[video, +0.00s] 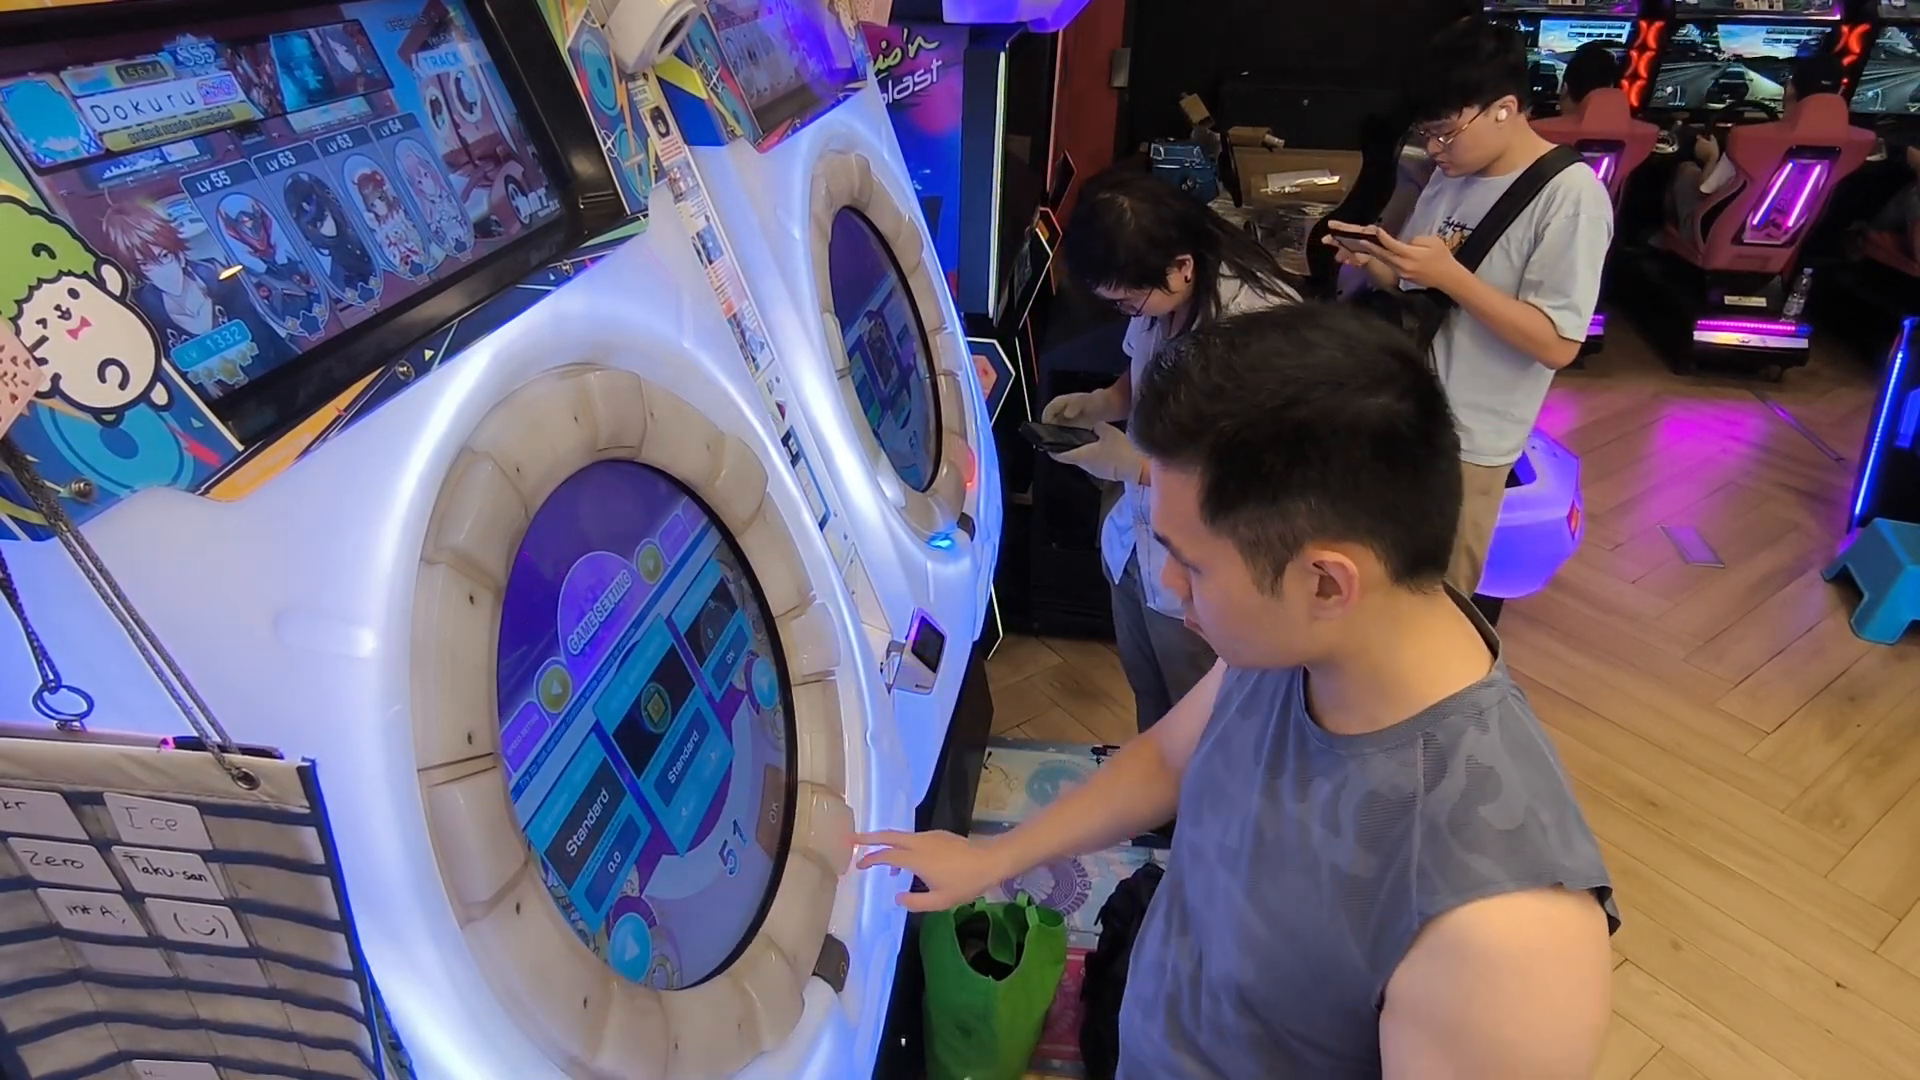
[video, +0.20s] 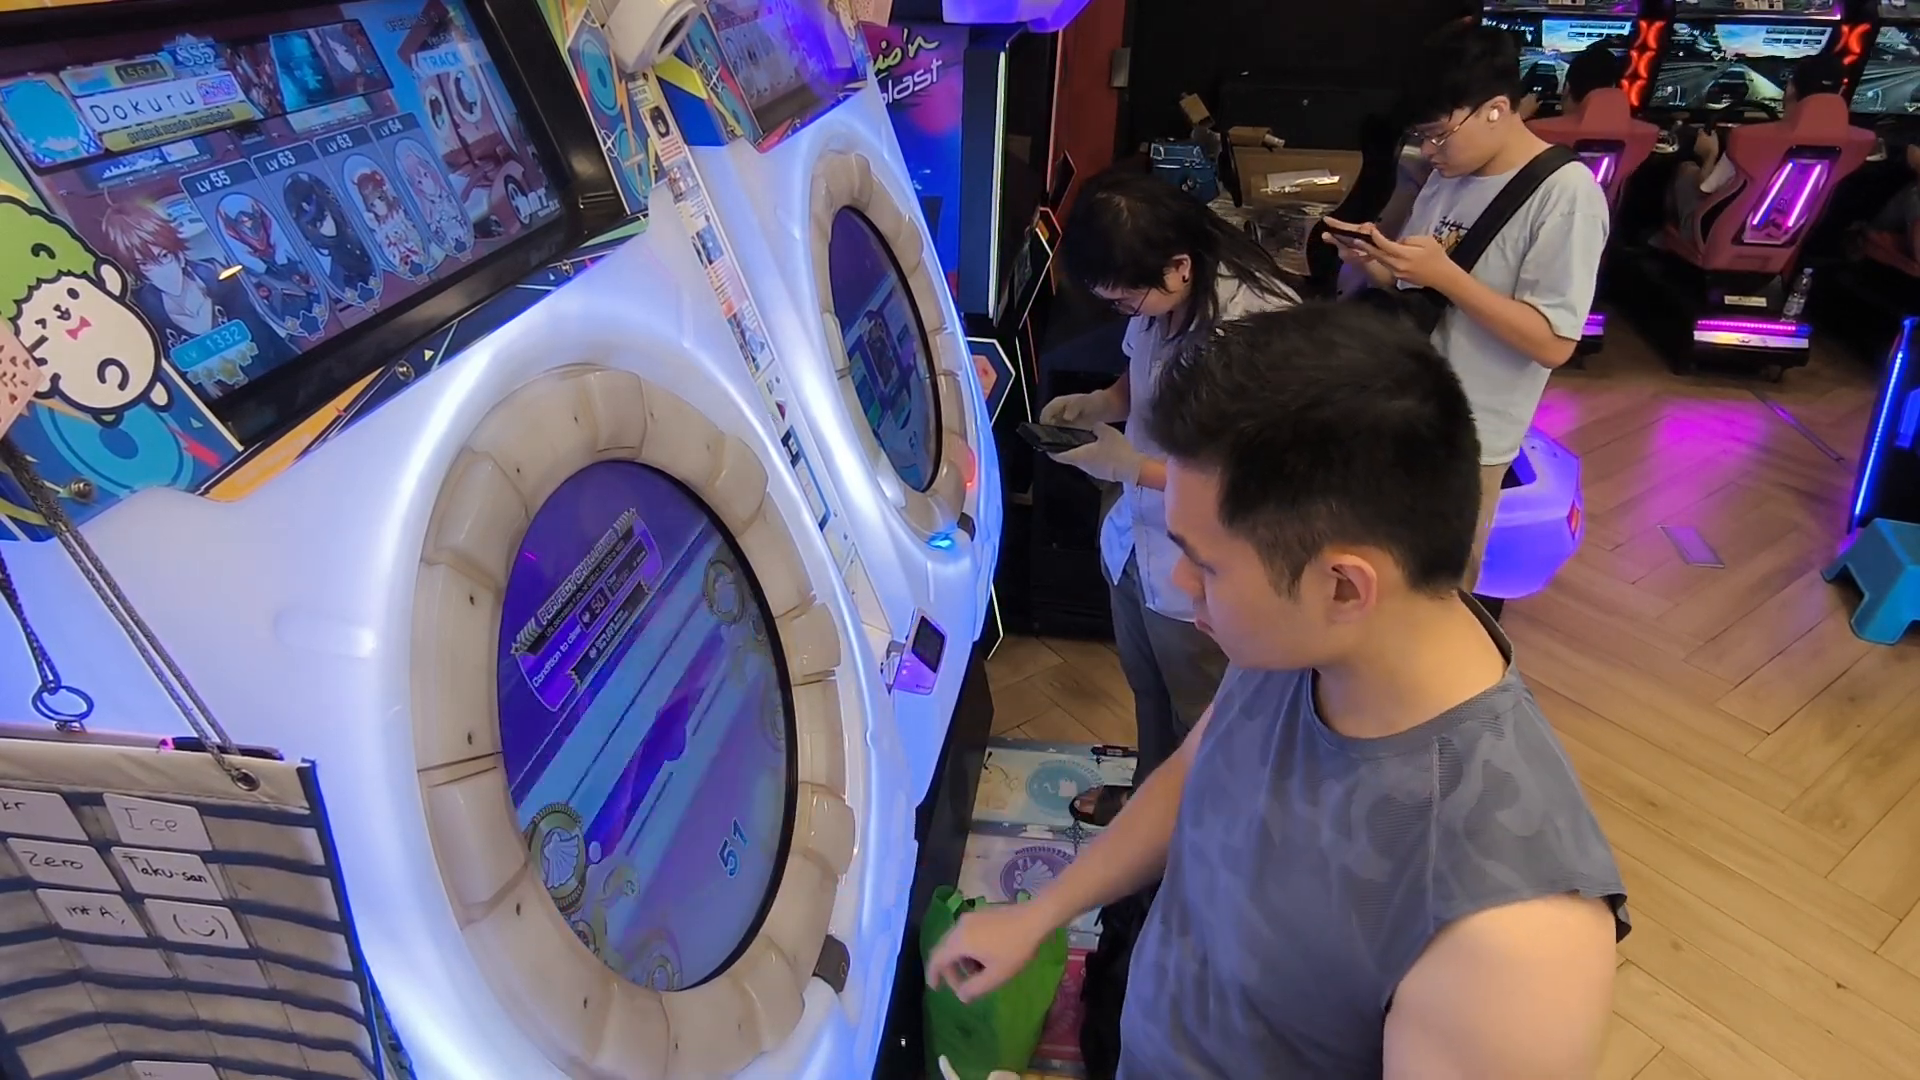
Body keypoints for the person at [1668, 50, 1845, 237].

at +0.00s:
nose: (1784, 88)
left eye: (1788, 83)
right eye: (1787, 82)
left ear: (1793, 91)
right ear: (1835, 94)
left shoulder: (1756, 140)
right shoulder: (1847, 148)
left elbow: (1707, 188)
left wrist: (1711, 157)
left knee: (1686, 169)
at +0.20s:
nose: (1784, 91)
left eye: (1787, 85)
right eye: (1787, 85)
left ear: (1792, 91)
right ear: (1835, 95)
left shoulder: (1756, 140)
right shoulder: (1843, 150)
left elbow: (1706, 187)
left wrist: (1710, 154)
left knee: (1686, 169)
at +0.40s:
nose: (1785, 92)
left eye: (1788, 86)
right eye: (1788, 85)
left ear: (1793, 92)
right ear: (1835, 96)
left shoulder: (1757, 141)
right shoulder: (1844, 150)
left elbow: (1707, 188)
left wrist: (1711, 158)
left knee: (1685, 170)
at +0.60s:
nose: (1787, 88)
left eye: (1790, 83)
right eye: (1790, 82)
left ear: (1794, 90)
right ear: (1837, 95)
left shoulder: (1758, 140)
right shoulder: (1845, 150)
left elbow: (1708, 186)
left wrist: (1713, 156)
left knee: (1685, 170)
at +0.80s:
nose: (1788, 86)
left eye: (1792, 82)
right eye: (1792, 80)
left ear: (1794, 91)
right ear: (1839, 97)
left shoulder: (1758, 141)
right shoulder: (1843, 150)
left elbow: (1711, 189)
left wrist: (1714, 164)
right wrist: (1725, 164)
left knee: (1687, 169)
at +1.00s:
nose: (1788, 87)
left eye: (1792, 83)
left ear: (1794, 90)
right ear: (1840, 96)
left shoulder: (1757, 140)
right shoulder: (1847, 150)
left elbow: (1709, 189)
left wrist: (1709, 158)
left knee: (1686, 169)